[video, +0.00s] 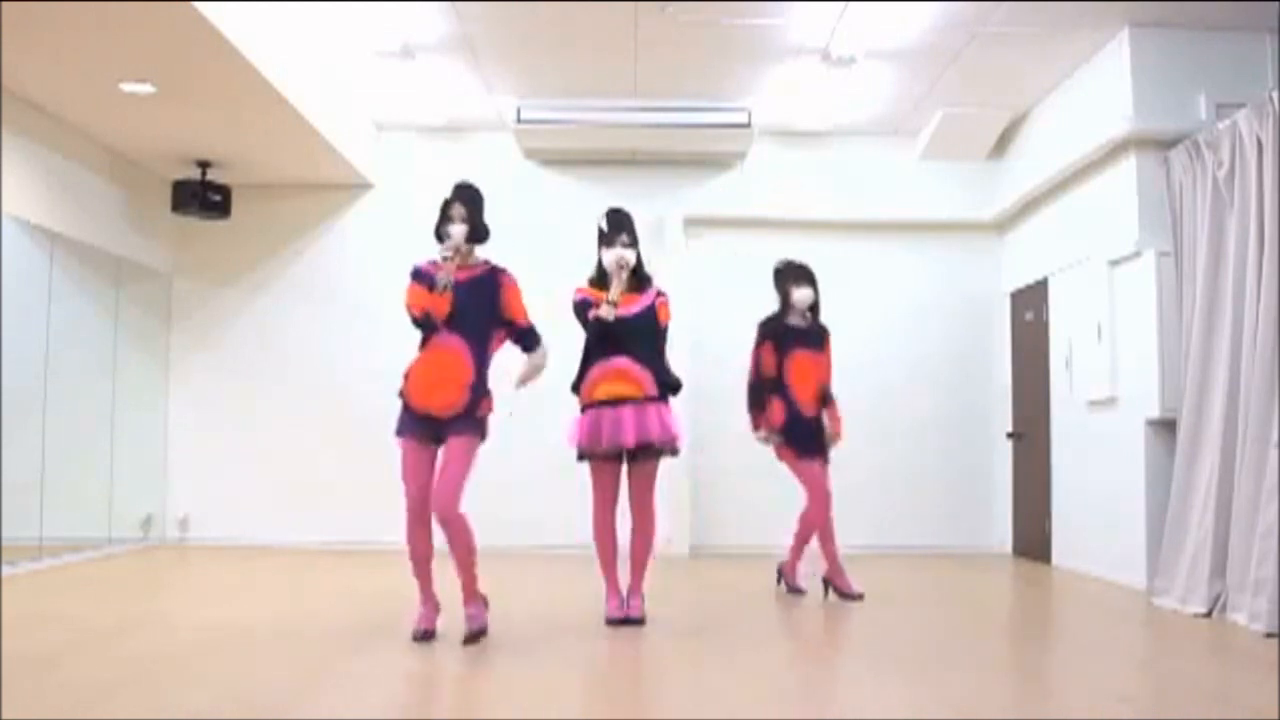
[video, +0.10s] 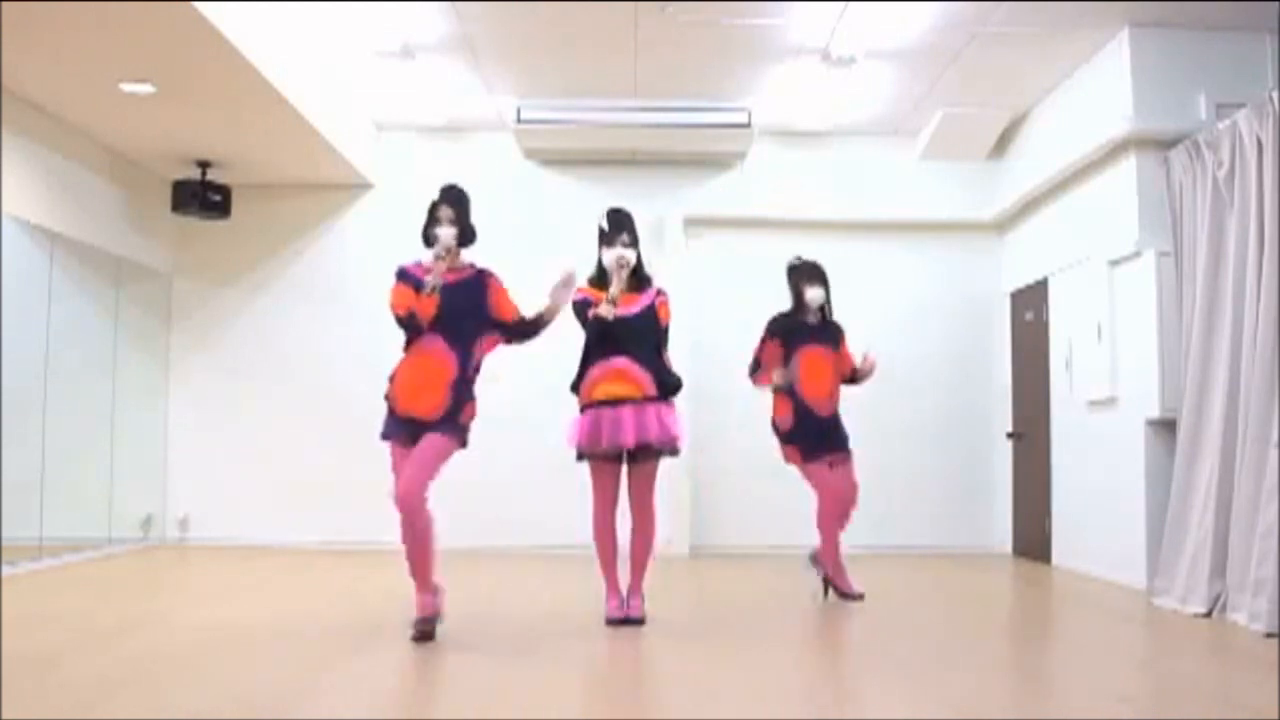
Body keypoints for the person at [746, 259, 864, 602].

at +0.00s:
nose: (805, 293)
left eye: (808, 286)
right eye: (797, 286)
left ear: (815, 290)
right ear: (784, 291)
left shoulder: (820, 333)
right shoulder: (771, 330)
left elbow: (823, 382)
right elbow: (761, 380)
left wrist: (832, 417)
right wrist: (762, 420)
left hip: (814, 421)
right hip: (784, 422)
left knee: (820, 495)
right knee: (818, 491)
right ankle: (833, 569)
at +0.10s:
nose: (815, 292)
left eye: (819, 284)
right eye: (807, 286)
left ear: (826, 288)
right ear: (796, 290)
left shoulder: (832, 330)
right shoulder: (782, 327)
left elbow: (842, 373)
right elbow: (757, 373)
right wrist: (778, 376)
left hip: (828, 419)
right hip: (796, 422)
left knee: (847, 492)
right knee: (830, 491)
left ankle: (825, 553)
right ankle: (834, 566)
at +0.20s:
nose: (825, 287)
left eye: (830, 280)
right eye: (817, 281)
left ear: (837, 283)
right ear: (805, 284)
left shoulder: (842, 323)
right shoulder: (789, 320)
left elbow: (861, 363)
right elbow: (766, 361)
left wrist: (881, 332)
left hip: (840, 416)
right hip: (801, 420)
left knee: (856, 483)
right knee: (826, 487)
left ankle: (856, 560)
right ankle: (834, 568)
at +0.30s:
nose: (832, 289)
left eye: (836, 281)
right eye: (824, 281)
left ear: (845, 283)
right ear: (813, 283)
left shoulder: (844, 322)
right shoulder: (793, 319)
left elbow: (868, 362)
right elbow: (768, 360)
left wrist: (901, 342)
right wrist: (738, 333)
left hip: (850, 415)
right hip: (811, 417)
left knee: (852, 489)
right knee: (832, 493)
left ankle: (844, 575)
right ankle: (835, 571)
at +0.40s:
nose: (834, 292)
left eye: (839, 283)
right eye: (827, 284)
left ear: (848, 286)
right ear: (816, 286)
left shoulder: (851, 324)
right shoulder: (799, 323)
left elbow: (869, 368)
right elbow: (772, 364)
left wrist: (904, 345)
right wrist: (738, 338)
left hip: (852, 414)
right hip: (814, 416)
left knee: (843, 493)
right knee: (835, 494)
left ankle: (835, 573)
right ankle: (834, 574)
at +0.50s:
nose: (830, 288)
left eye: (837, 281)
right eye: (824, 280)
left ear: (847, 284)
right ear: (815, 283)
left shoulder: (856, 322)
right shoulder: (801, 322)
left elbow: (870, 365)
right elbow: (781, 366)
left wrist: (902, 336)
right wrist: (752, 333)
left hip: (848, 413)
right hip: (813, 415)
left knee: (840, 490)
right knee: (831, 494)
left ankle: (835, 575)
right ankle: (836, 574)